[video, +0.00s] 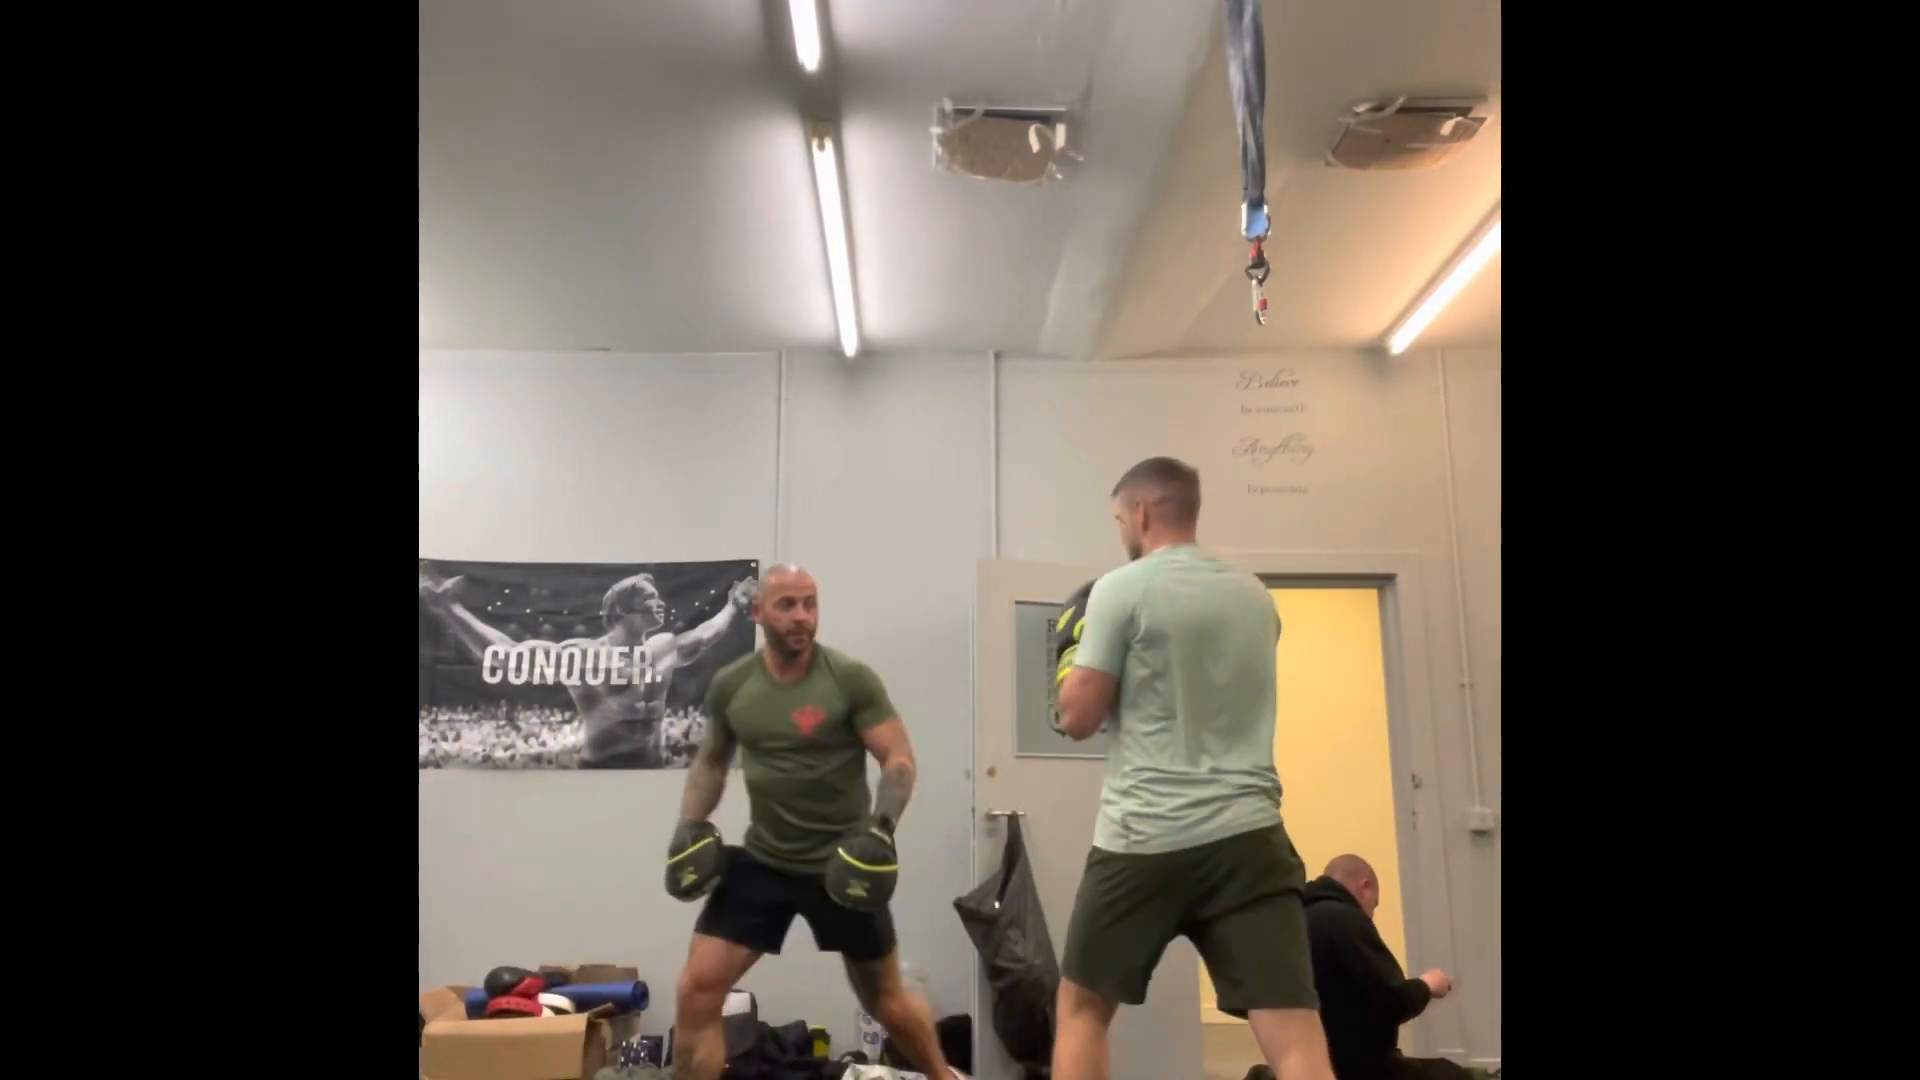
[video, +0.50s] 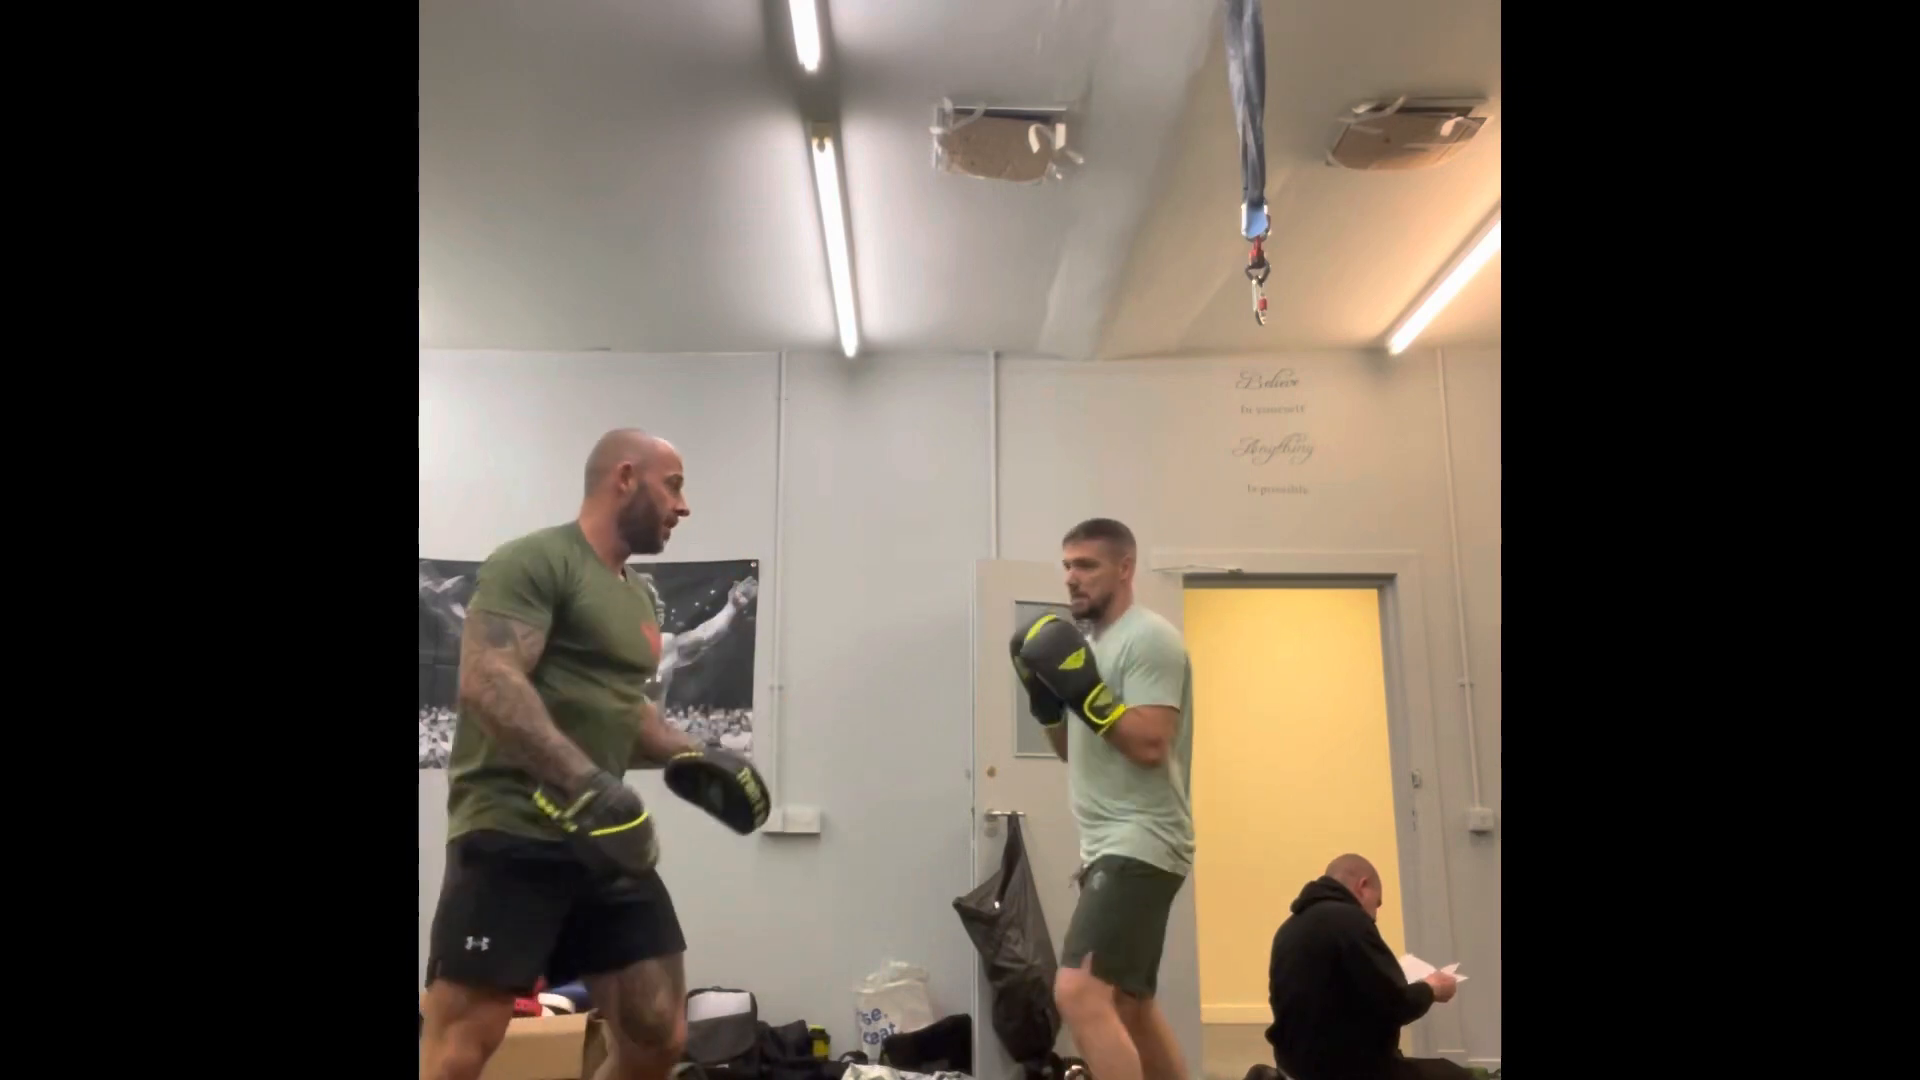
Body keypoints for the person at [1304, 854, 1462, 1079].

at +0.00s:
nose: (1371, 914)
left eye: (1375, 907)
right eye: (1373, 905)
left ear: (1331, 883)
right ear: (1363, 887)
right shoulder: (1344, 919)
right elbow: (1389, 1004)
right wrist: (1426, 986)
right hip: (1359, 1069)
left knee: (1444, 1069)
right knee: (1449, 1072)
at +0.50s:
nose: (1374, 916)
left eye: (1377, 907)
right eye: (1376, 904)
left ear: (1330, 883)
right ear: (1361, 887)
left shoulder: (1287, 930)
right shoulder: (1350, 921)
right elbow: (1392, 1006)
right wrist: (1430, 989)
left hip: (1301, 1067)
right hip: (1356, 1070)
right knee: (1452, 1072)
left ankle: (1272, 1075)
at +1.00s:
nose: (1377, 893)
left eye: (1374, 883)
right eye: (1372, 882)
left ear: (1325, 881)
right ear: (1349, 879)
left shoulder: (1288, 931)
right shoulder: (1347, 919)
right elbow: (1387, 1007)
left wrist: (1402, 992)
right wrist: (1430, 997)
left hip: (1302, 1069)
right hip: (1357, 1071)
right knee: (1456, 1072)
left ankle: (1273, 1075)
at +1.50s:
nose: (1377, 899)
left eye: (1376, 887)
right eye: (1373, 886)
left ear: (1323, 883)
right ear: (1352, 883)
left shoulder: (1290, 929)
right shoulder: (1352, 922)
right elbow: (1372, 1013)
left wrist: (1385, 1018)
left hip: (1299, 1065)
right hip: (1349, 1068)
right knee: (1449, 1070)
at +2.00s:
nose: (1415, 923)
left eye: (1417, 912)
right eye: (1415, 910)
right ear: (1394, 898)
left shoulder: (1326, 925)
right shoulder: (1389, 933)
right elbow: (1387, 1030)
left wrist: (1403, 1045)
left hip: (1293, 1057)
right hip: (1341, 1067)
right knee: (1457, 1072)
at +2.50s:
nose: (1400, 909)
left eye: (1400, 898)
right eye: (1397, 896)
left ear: (1369, 889)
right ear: (1373, 888)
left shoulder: (1312, 924)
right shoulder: (1366, 926)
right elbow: (1355, 1013)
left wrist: (1397, 1039)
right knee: (1453, 1073)